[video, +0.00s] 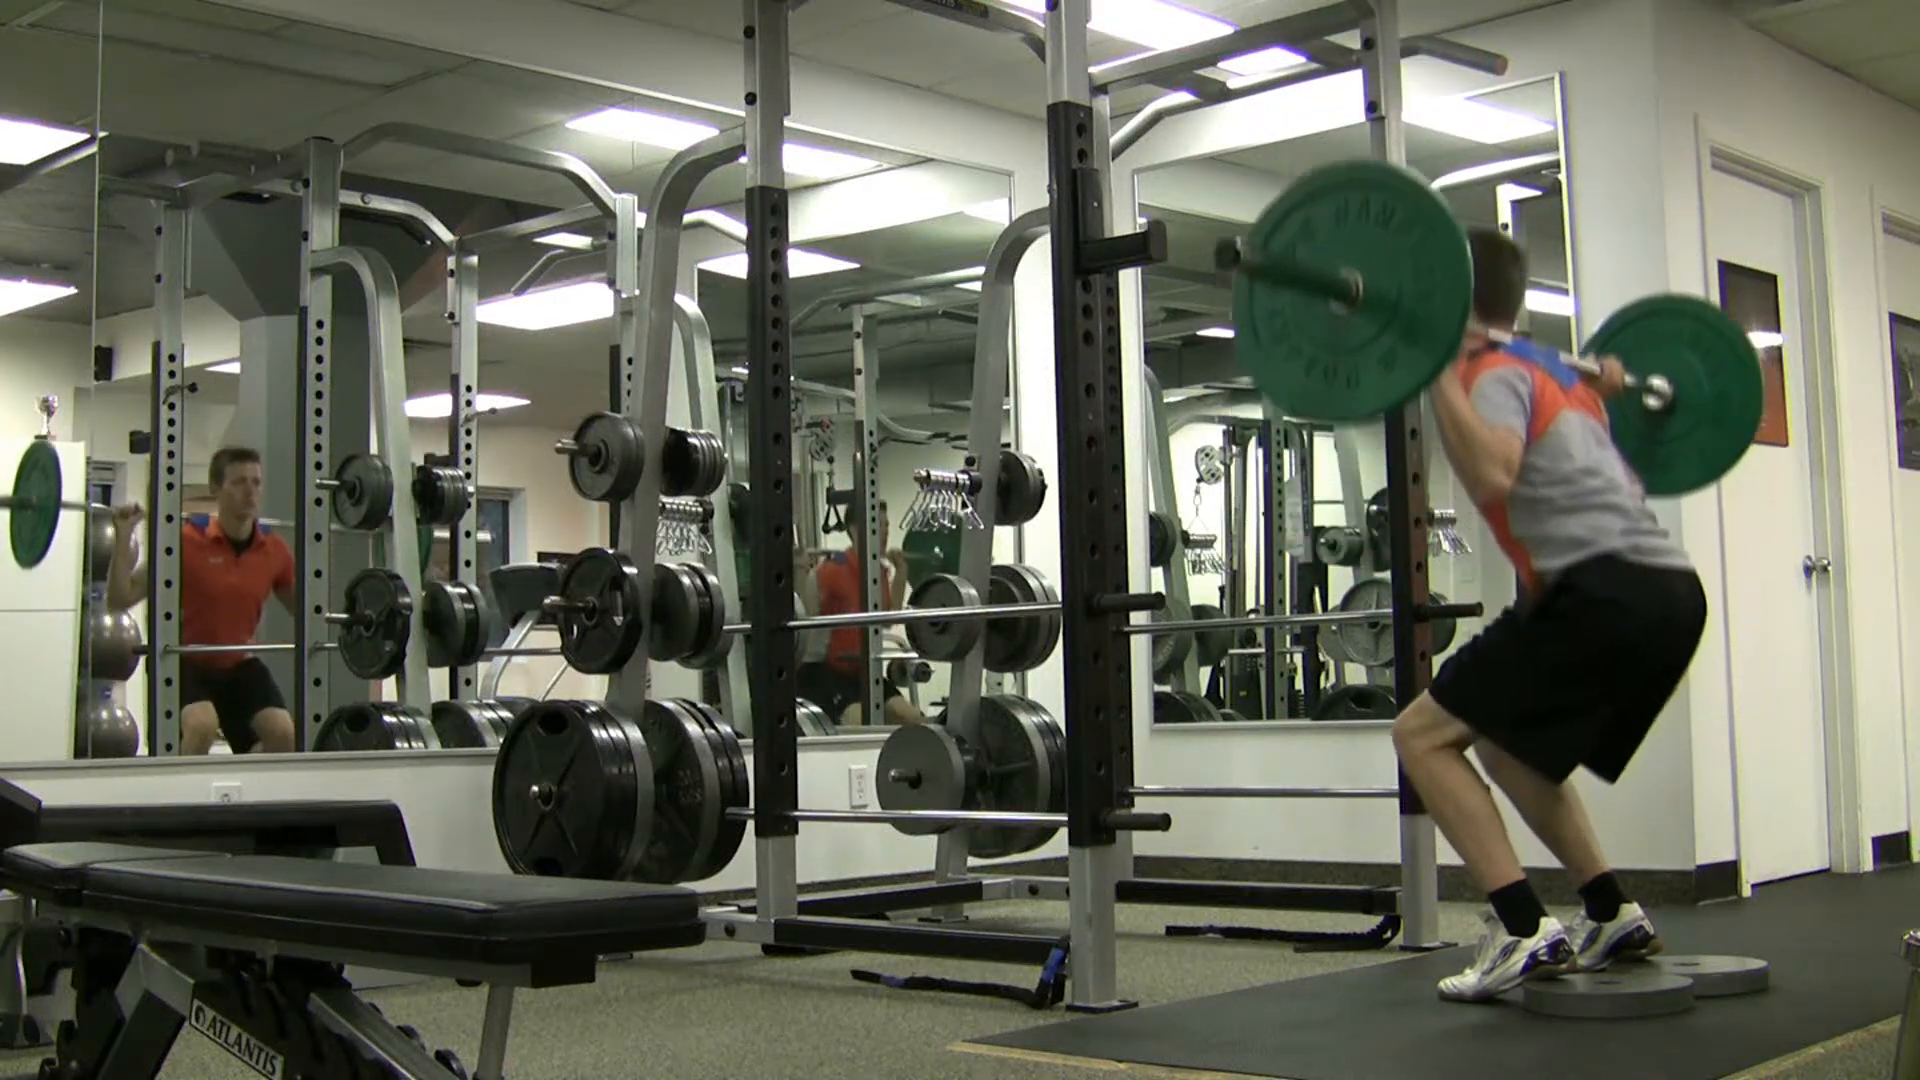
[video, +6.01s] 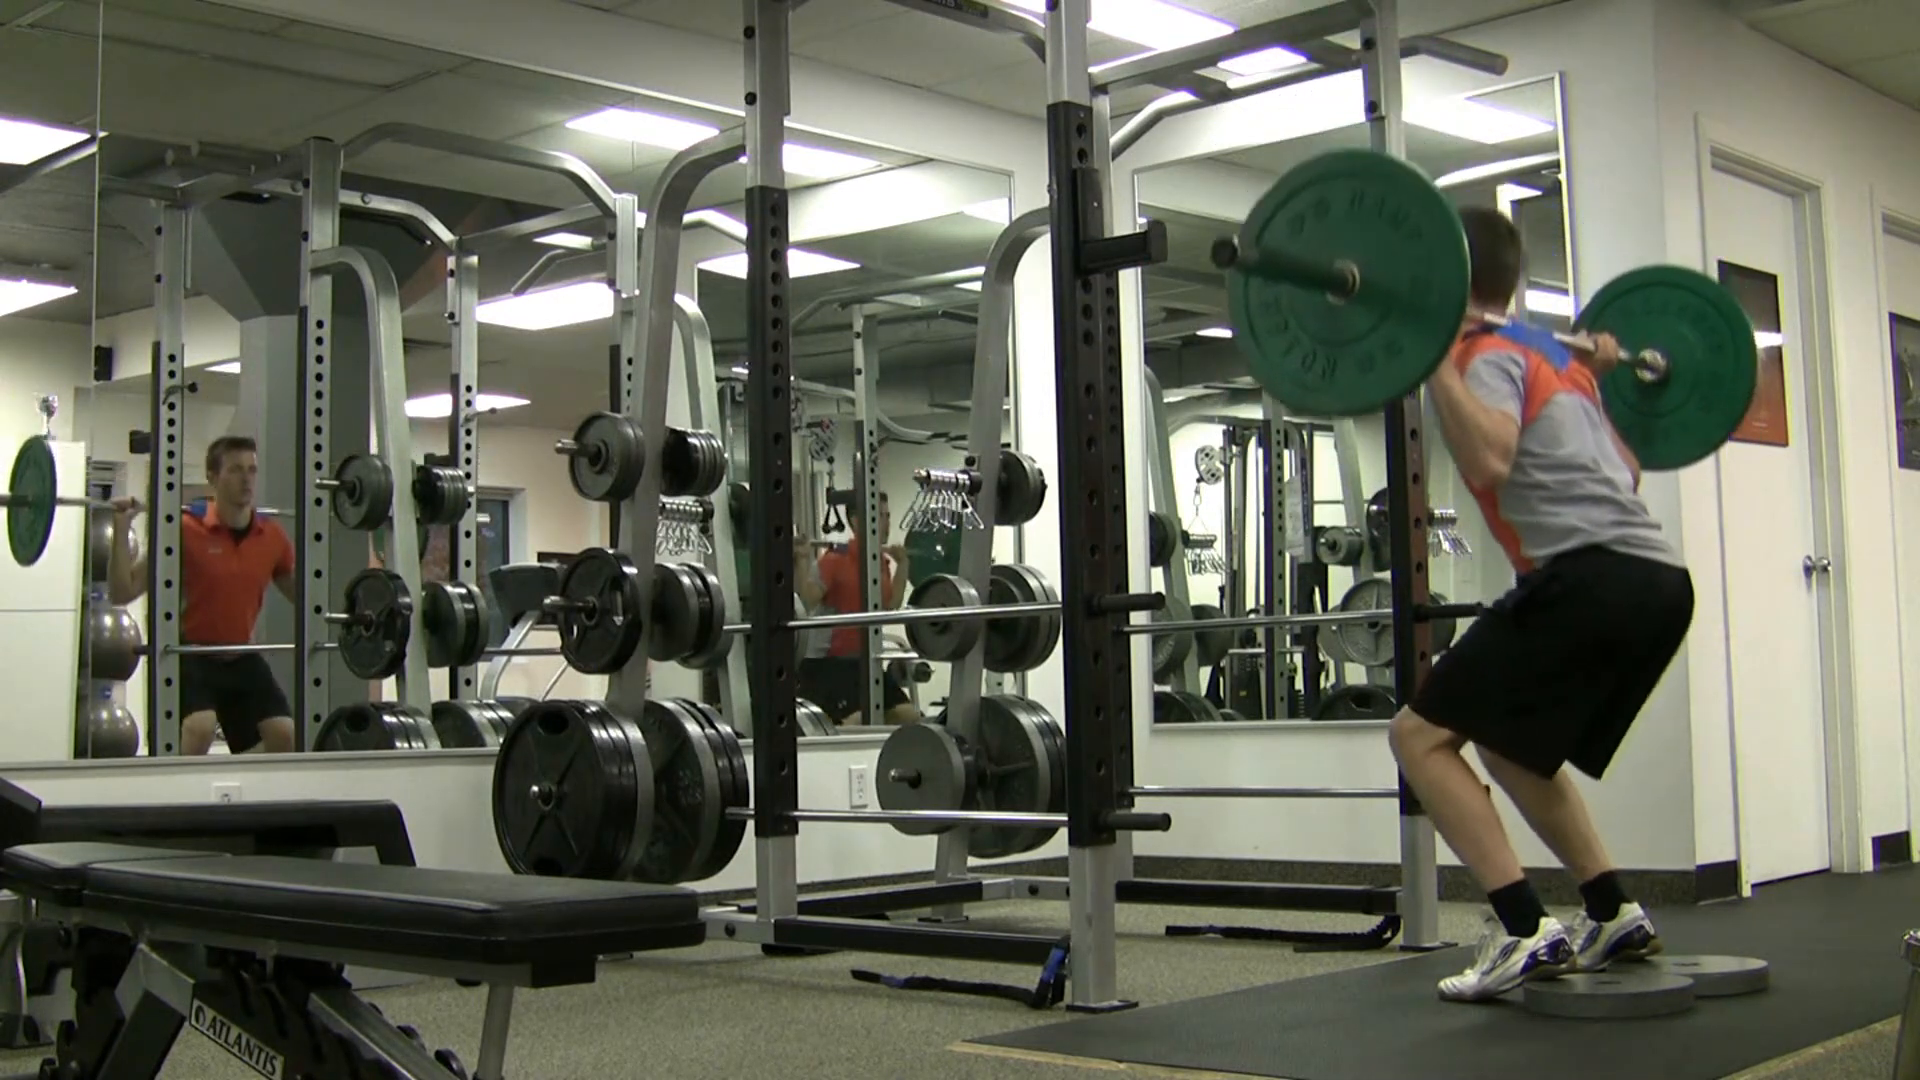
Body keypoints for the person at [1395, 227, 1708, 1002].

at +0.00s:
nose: (1435, 321)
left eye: (1438, 305)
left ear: (1453, 307)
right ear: (1514, 307)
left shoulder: (1496, 370)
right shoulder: (1555, 373)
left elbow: (1494, 477)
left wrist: (1440, 378)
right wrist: (1593, 382)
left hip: (1599, 590)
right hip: (1671, 593)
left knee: (1420, 735)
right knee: (1512, 750)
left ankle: (1522, 929)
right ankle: (1614, 913)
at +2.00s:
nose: (1435, 276)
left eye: (1441, 259)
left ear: (1454, 263)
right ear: (1518, 266)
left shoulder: (1494, 335)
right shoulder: (1564, 345)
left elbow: (1493, 442)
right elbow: (1625, 450)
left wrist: (1440, 339)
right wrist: (1598, 357)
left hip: (1585, 566)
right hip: (1656, 572)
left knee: (1423, 731)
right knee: (1517, 741)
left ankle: (1524, 930)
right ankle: (1615, 912)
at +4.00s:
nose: (1435, 231)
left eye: (1437, 215)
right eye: (1440, 213)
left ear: (1452, 217)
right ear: (1515, 220)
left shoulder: (1491, 286)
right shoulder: (1563, 298)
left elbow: (1485, 391)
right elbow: (1628, 410)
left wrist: (1433, 286)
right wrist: (1600, 312)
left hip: (1584, 519)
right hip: (1650, 520)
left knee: (1449, 713)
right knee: (1522, 718)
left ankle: (1523, 928)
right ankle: (1615, 911)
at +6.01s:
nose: (1426, 291)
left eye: (1432, 273)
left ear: (1446, 282)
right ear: (1514, 284)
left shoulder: (1489, 352)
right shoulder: (1560, 361)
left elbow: (1488, 462)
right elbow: (1626, 466)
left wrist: (1435, 361)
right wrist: (1594, 373)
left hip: (1587, 577)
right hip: (1659, 584)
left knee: (1418, 734)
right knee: (1511, 745)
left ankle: (1523, 927)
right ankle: (1613, 911)